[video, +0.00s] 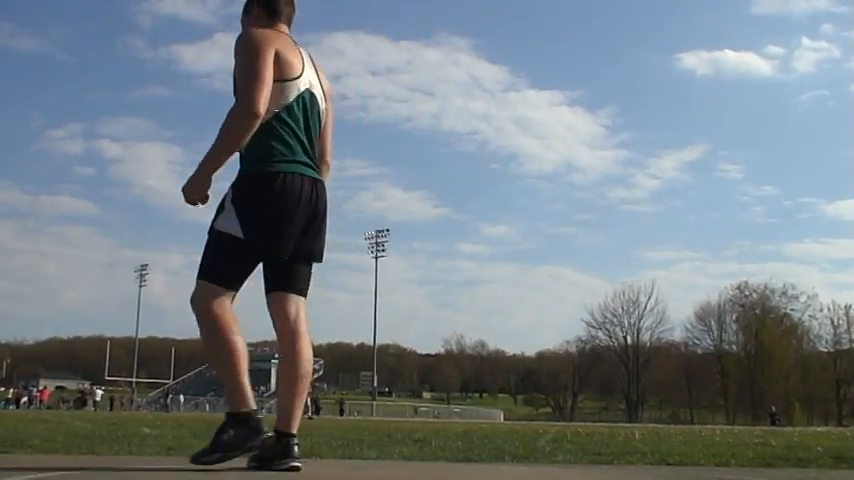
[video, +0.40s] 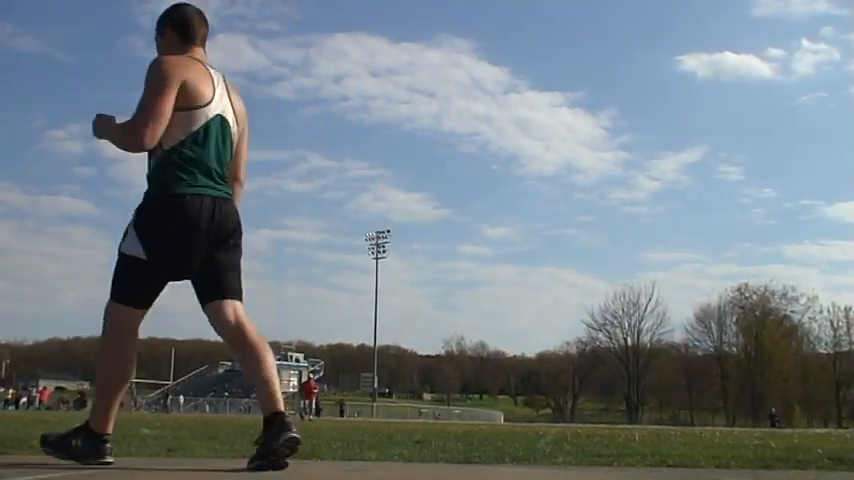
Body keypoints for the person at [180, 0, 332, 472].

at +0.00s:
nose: (243, 21)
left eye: (244, 15)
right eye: (244, 16)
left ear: (255, 10)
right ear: (289, 15)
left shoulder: (257, 37)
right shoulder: (316, 70)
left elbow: (253, 108)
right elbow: (324, 159)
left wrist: (204, 170)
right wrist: (306, 207)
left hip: (263, 186)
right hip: (310, 194)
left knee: (210, 298)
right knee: (291, 314)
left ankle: (242, 417)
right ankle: (286, 440)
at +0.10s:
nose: (227, 22)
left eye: (230, 15)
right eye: (230, 17)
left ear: (239, 14)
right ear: (272, 24)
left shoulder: (240, 44)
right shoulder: (299, 76)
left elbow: (238, 115)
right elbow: (306, 161)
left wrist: (187, 167)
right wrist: (295, 211)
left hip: (248, 189)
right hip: (296, 197)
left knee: (193, 302)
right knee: (285, 315)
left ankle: (174, 430)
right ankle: (284, 441)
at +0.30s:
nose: (184, 41)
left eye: (186, 33)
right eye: (186, 33)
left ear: (195, 28)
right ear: (228, 34)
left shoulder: (198, 59)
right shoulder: (260, 89)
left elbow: (183, 133)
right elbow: (261, 172)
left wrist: (135, 146)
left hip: (204, 205)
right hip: (255, 209)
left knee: (146, 311)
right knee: (257, 317)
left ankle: (101, 425)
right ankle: (281, 435)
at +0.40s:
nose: (158, 49)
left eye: (159, 40)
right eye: (158, 41)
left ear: (169, 37)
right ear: (203, 40)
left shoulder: (170, 65)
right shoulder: (234, 95)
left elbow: (143, 137)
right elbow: (236, 179)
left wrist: (107, 127)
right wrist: (215, 218)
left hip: (170, 210)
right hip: (222, 216)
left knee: (122, 318)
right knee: (233, 319)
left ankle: (96, 434)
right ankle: (278, 422)